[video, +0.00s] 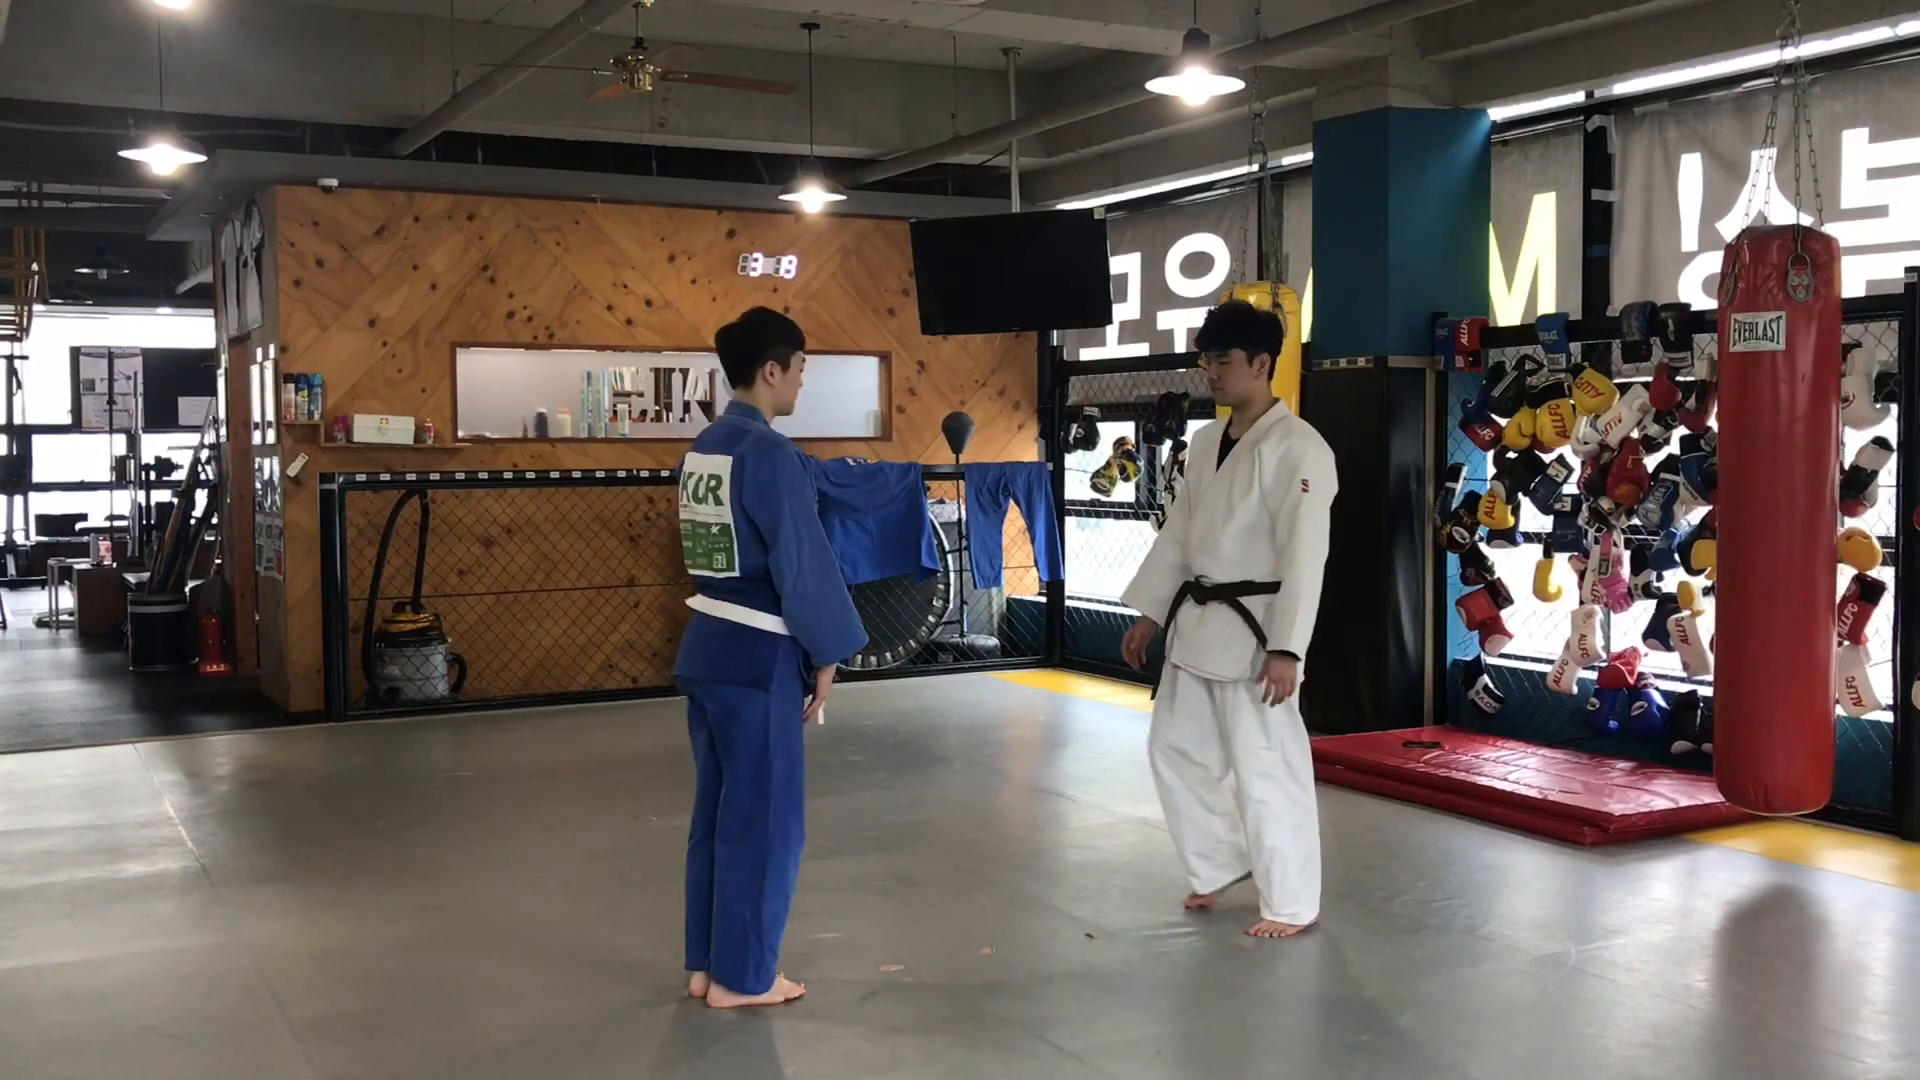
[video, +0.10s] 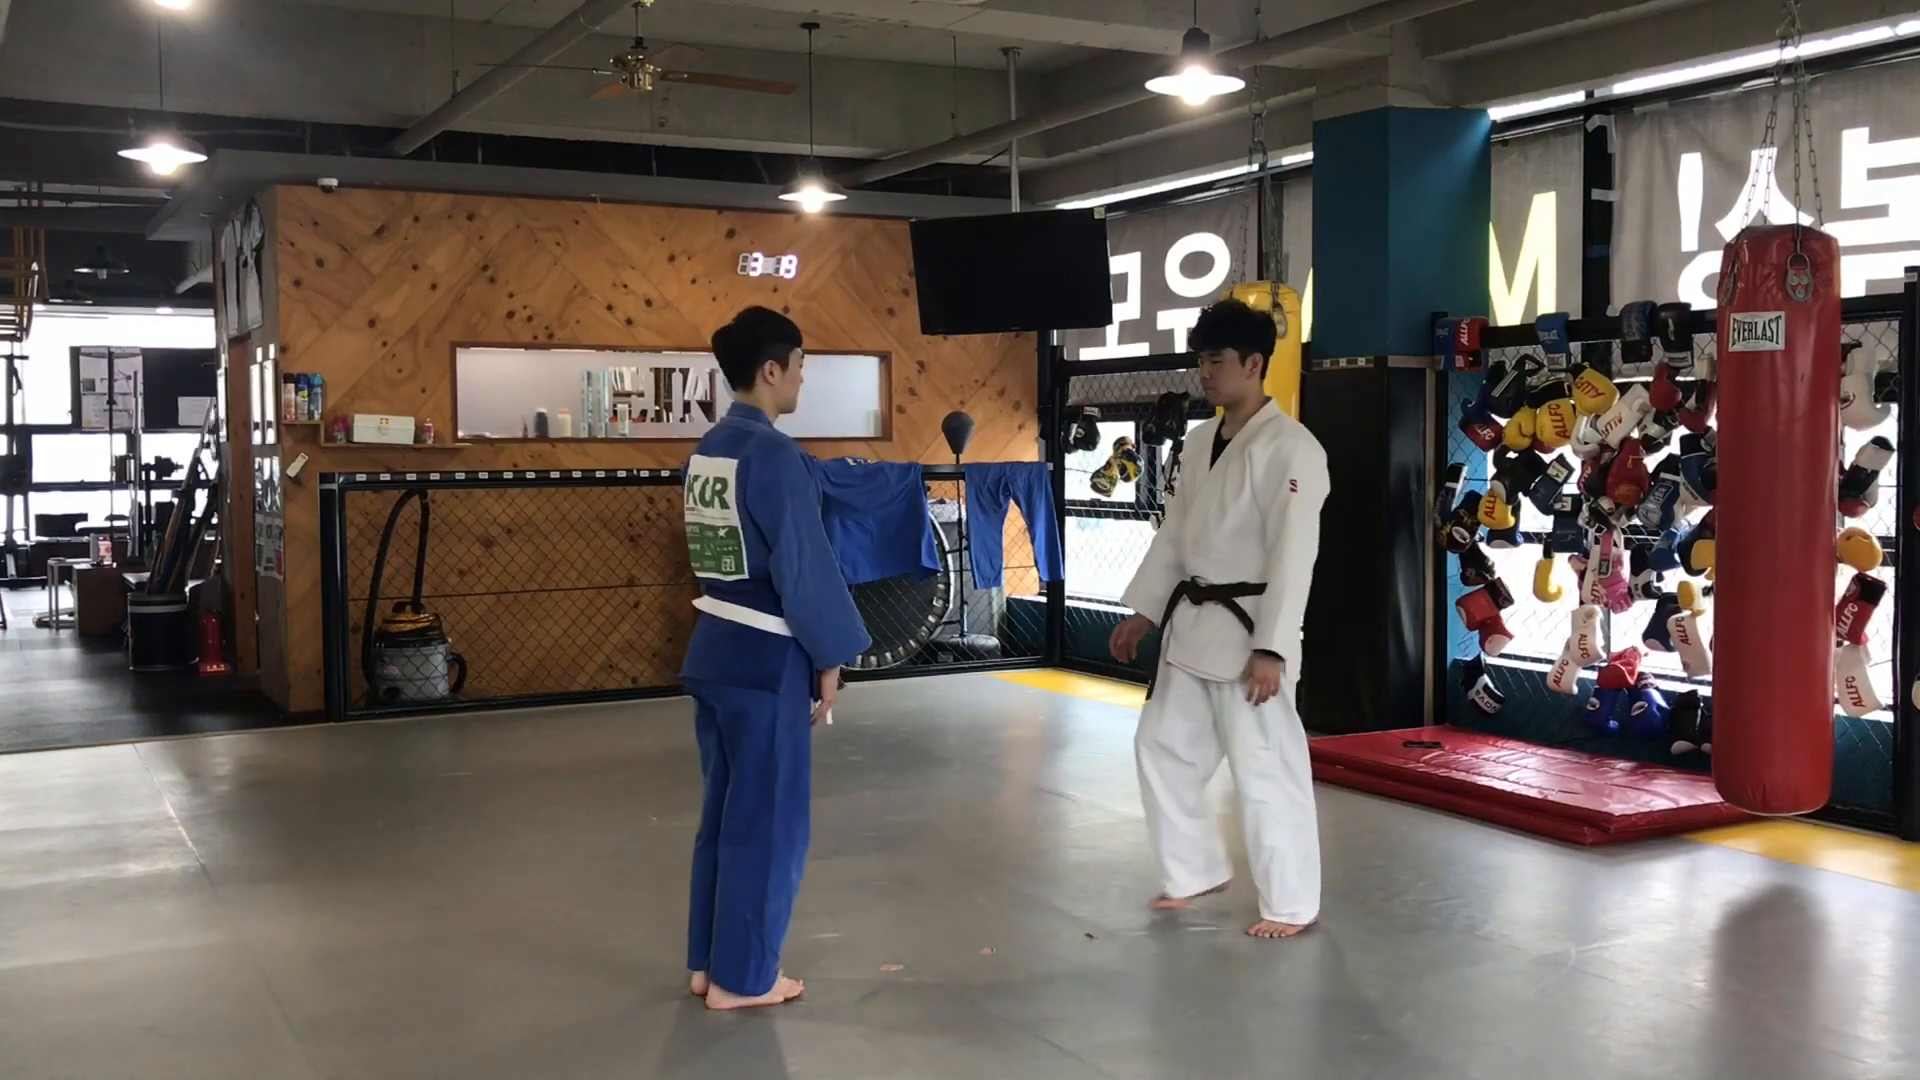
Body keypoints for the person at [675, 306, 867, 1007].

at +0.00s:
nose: (802, 382)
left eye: (801, 369)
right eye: (799, 369)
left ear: (740, 372)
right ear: (773, 370)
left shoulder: (707, 448)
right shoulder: (771, 454)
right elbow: (802, 566)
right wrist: (826, 655)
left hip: (707, 657)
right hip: (758, 664)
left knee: (717, 815)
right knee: (765, 821)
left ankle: (705, 967)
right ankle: (743, 976)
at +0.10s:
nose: (803, 377)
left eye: (801, 364)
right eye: (798, 365)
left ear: (742, 372)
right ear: (773, 369)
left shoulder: (713, 448)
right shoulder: (774, 454)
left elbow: (829, 488)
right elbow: (803, 566)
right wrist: (830, 656)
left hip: (715, 658)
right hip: (766, 667)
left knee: (724, 817)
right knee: (769, 824)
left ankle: (707, 966)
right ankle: (743, 978)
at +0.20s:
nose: (812, 381)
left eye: (809, 368)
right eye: (808, 368)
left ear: (750, 376)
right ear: (783, 373)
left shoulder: (719, 453)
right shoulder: (787, 460)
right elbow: (812, 574)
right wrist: (835, 667)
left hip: (722, 664)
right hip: (773, 671)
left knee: (747, 814)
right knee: (772, 823)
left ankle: (738, 953)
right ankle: (740, 980)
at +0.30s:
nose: (825, 381)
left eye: (822, 368)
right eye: (820, 369)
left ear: (763, 376)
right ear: (796, 374)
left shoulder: (733, 452)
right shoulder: (803, 461)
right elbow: (825, 577)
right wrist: (850, 670)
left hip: (734, 660)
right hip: (785, 667)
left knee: (799, 799)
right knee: (773, 817)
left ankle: (817, 937)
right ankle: (739, 980)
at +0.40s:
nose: (840, 383)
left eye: (838, 371)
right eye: (834, 372)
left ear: (782, 379)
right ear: (809, 377)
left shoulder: (748, 456)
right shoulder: (820, 465)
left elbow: (762, 560)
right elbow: (848, 578)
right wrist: (879, 667)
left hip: (752, 658)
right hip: (801, 666)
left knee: (824, 796)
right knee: (784, 814)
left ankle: (866, 922)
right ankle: (740, 978)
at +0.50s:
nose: (854, 385)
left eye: (852, 373)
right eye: (849, 374)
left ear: (796, 384)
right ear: (826, 381)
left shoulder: (770, 457)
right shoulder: (833, 467)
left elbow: (785, 558)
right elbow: (874, 572)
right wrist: (927, 645)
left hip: (778, 657)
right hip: (821, 665)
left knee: (842, 799)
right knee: (803, 813)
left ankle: (883, 928)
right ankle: (744, 975)